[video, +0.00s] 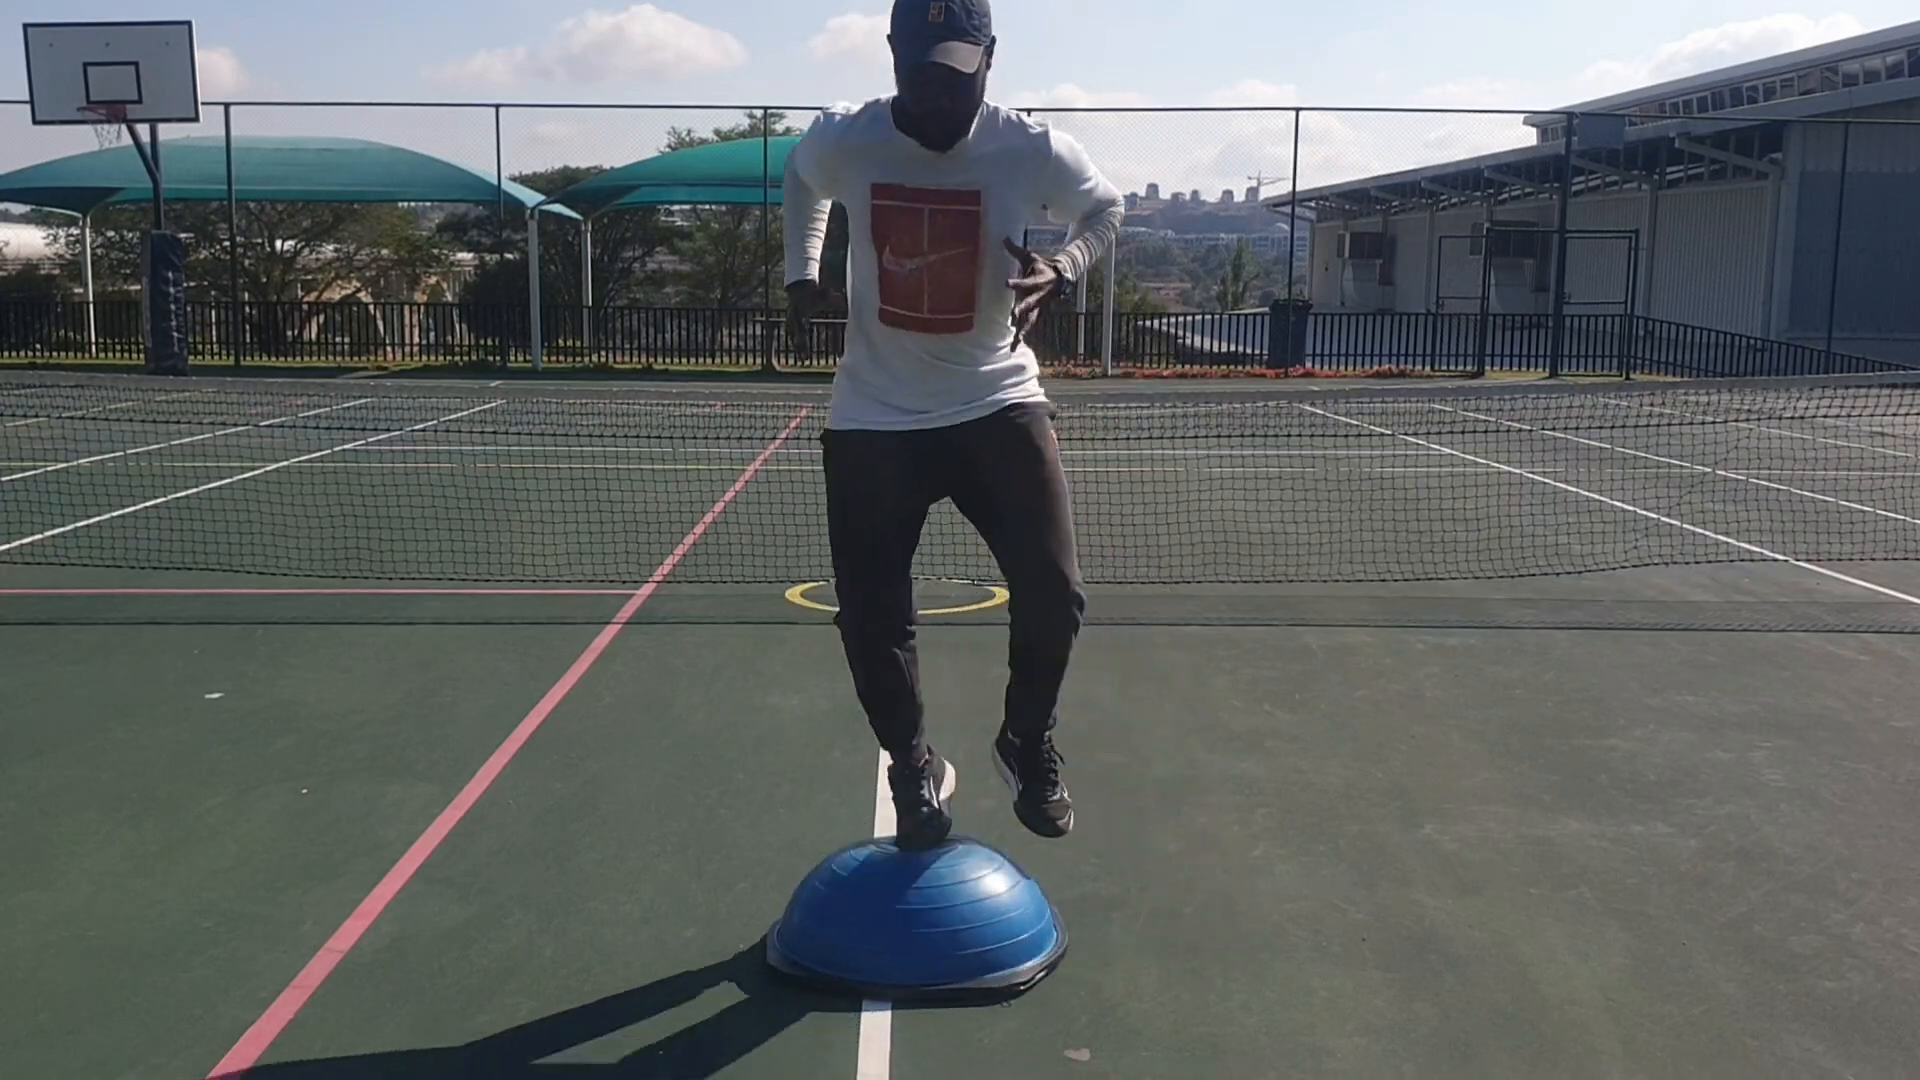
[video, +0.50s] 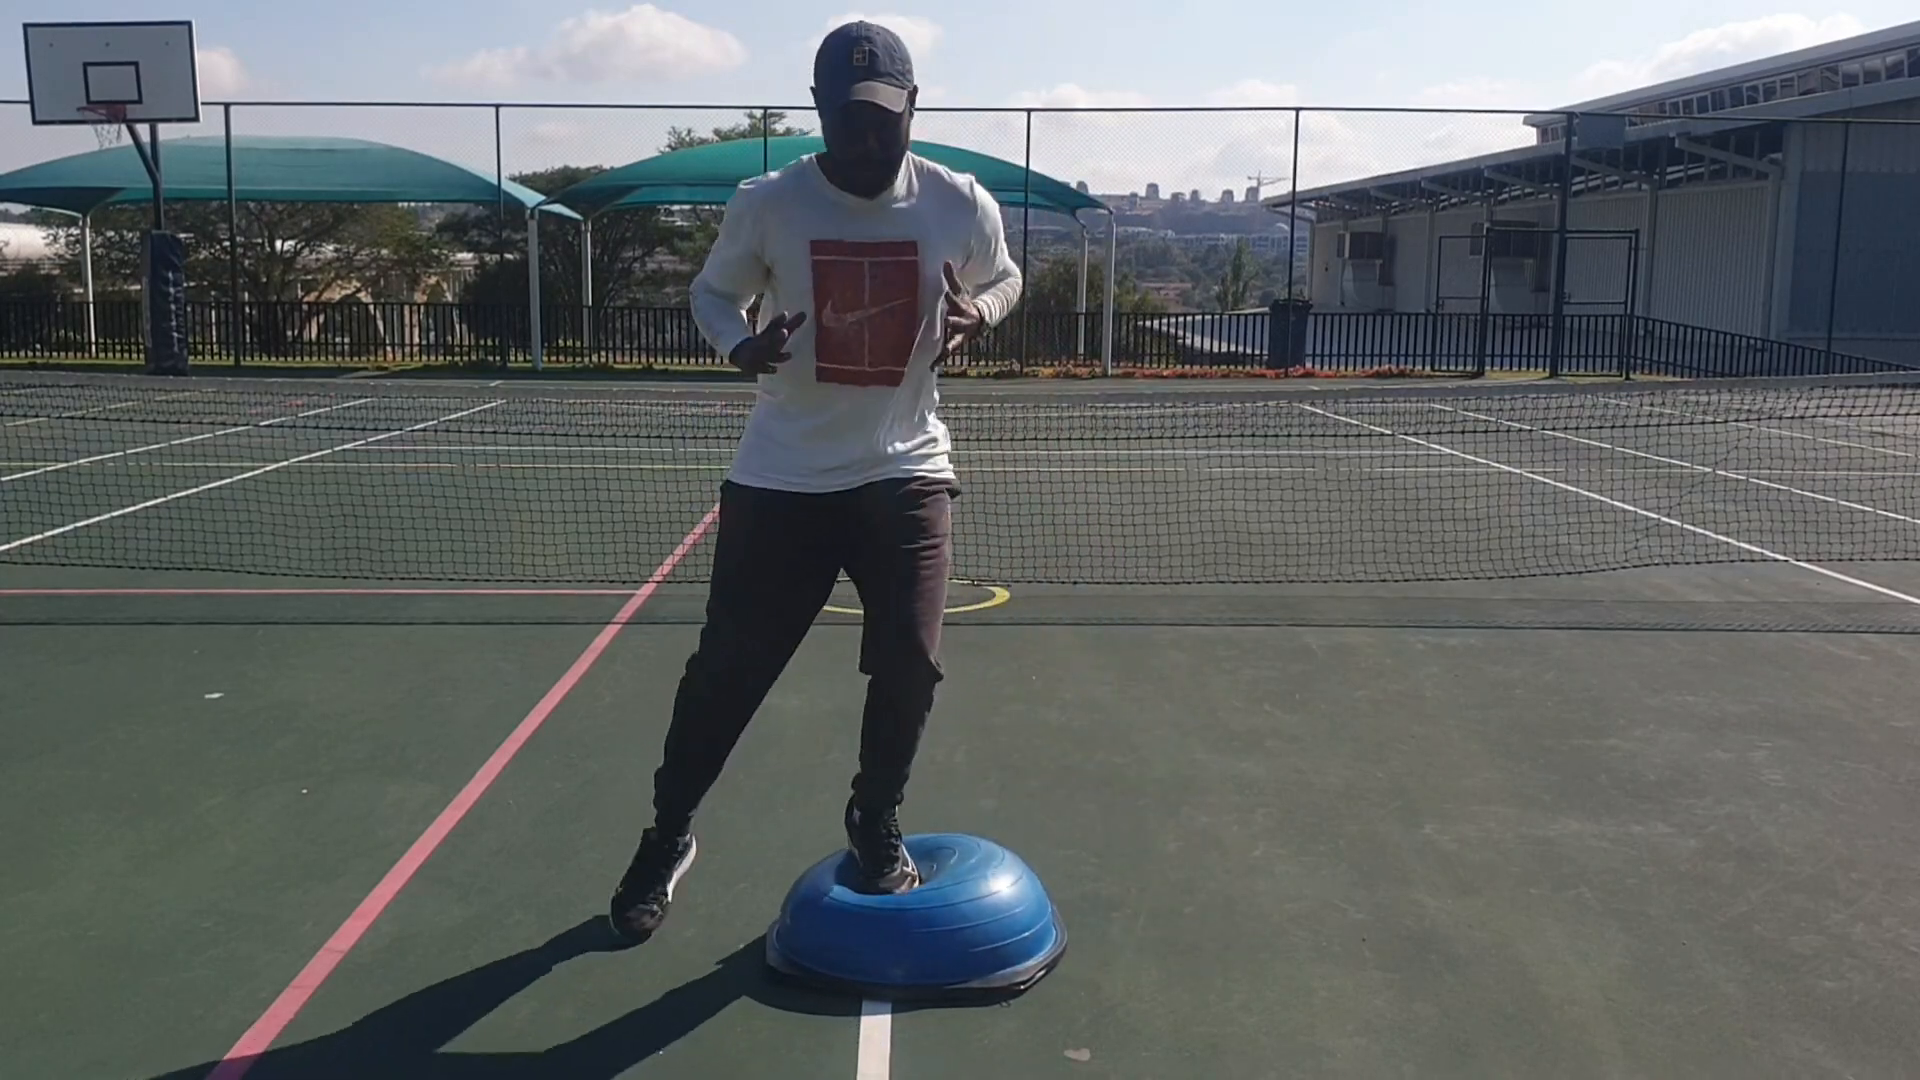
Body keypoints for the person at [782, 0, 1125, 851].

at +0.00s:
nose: (944, 96)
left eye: (961, 80)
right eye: (928, 76)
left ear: (987, 69)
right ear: (897, 59)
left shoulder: (1030, 150)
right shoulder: (842, 143)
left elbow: (1106, 208)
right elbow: (803, 180)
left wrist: (1063, 262)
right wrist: (804, 281)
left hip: (995, 399)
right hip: (874, 408)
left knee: (1053, 591)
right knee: (870, 615)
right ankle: (911, 769)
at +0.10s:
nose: (913, 89)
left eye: (931, 72)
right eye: (898, 69)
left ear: (960, 59)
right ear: (870, 52)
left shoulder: (1005, 141)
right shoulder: (815, 133)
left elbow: (1070, 191)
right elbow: (760, 178)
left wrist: (1034, 257)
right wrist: (771, 282)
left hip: (961, 385)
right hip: (839, 381)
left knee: (987, 571)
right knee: (796, 574)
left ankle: (931, 744)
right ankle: (827, 725)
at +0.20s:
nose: (889, 111)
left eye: (905, 91)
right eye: (870, 92)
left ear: (932, 77)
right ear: (838, 75)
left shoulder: (979, 164)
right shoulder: (781, 158)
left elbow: (1029, 210)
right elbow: (732, 208)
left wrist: (993, 278)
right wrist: (748, 310)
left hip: (923, 431)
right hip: (799, 428)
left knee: (925, 630)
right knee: (742, 623)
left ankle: (880, 806)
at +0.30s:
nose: (866, 174)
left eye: (882, 154)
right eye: (846, 155)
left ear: (906, 145)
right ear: (813, 147)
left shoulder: (951, 242)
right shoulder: (751, 229)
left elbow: (982, 293)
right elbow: (715, 291)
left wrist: (955, 348)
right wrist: (725, 378)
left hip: (881, 493)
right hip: (756, 500)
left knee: (915, 659)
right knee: (698, 688)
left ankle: (881, 812)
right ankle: (647, 860)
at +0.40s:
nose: (859, 204)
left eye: (873, 186)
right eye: (839, 187)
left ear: (893, 178)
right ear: (804, 183)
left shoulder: (934, 280)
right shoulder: (740, 270)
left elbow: (961, 369)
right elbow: (696, 364)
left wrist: (932, 407)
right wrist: (708, 440)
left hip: (871, 515)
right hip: (748, 519)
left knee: (912, 665)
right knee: (696, 706)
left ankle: (874, 802)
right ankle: (649, 861)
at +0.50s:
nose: (867, 131)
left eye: (883, 113)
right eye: (850, 113)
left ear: (913, 108)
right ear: (819, 108)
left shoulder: (963, 209)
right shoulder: (766, 204)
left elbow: (1006, 279)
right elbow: (709, 294)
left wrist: (977, 311)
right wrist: (738, 339)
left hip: (905, 469)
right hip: (782, 474)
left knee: (912, 662)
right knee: (727, 670)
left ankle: (875, 826)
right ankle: (667, 841)